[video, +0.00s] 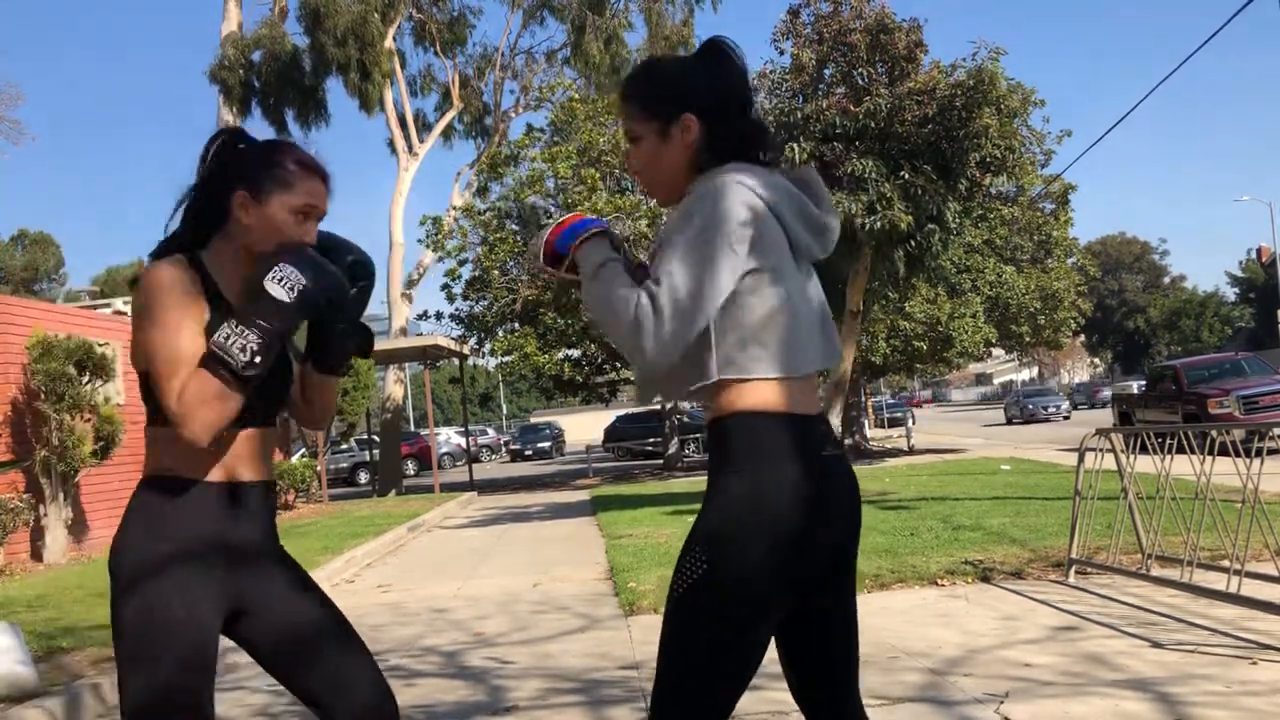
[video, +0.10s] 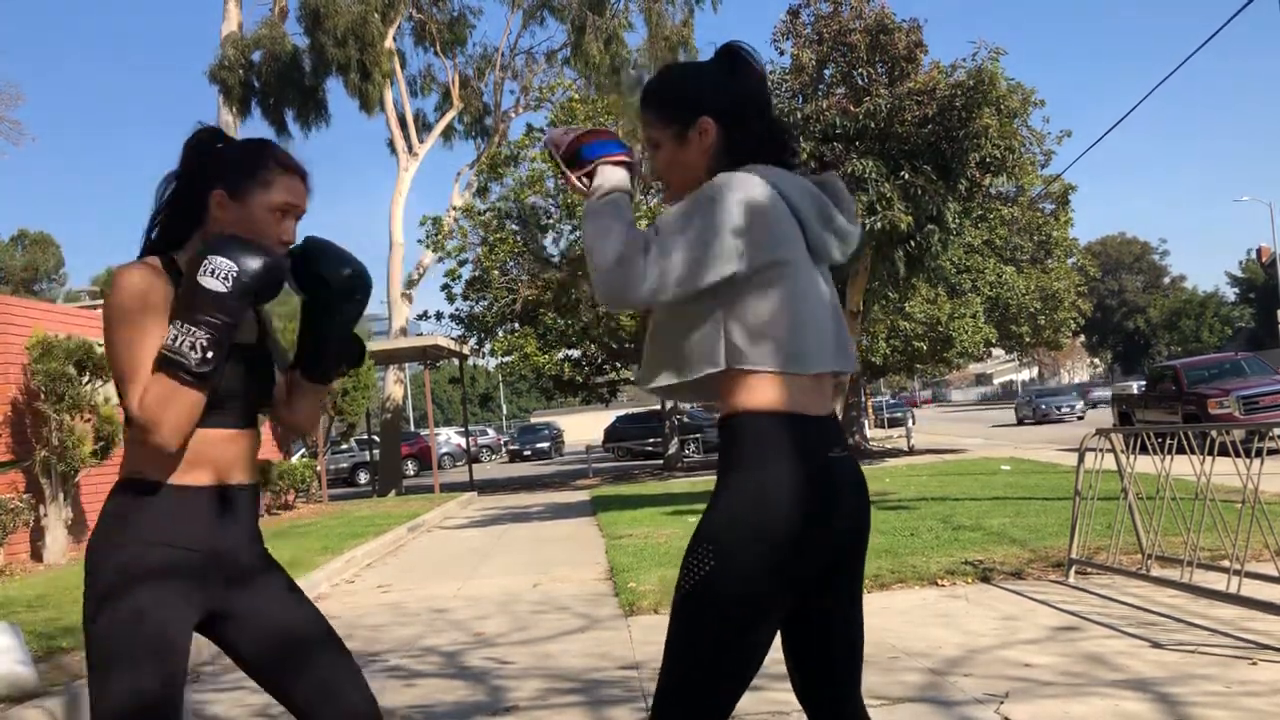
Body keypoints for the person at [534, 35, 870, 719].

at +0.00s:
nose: (627, 162)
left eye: (635, 139)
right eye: (627, 142)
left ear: (686, 131)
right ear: (685, 133)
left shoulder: (721, 198)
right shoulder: (762, 199)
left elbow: (656, 339)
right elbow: (675, 365)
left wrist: (589, 243)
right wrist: (610, 270)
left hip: (758, 478)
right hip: (817, 471)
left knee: (683, 706)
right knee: (834, 703)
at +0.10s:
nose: (649, 165)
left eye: (655, 146)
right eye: (646, 149)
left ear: (705, 135)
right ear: (711, 133)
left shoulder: (735, 199)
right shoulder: (789, 203)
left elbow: (620, 279)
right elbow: (656, 276)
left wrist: (610, 183)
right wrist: (609, 198)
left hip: (764, 480)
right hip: (829, 474)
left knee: (685, 706)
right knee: (836, 702)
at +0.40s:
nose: (638, 172)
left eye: (646, 151)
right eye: (636, 154)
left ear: (692, 137)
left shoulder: (707, 198)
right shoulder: (779, 207)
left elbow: (561, 236)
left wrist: (599, 121)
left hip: (753, 479)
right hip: (828, 473)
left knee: (692, 706)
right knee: (833, 700)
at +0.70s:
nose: (637, 178)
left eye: (642, 159)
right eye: (635, 162)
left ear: (689, 148)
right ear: (695, 148)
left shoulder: (697, 210)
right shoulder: (781, 217)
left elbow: (566, 273)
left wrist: (525, 155)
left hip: (756, 483)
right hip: (836, 480)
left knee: (655, 706)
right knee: (838, 704)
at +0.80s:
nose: (635, 176)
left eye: (640, 156)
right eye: (634, 159)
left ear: (686, 145)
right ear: (691, 144)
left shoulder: (708, 207)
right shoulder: (774, 215)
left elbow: (607, 299)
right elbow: (622, 292)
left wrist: (522, 218)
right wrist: (535, 235)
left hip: (749, 486)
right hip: (818, 483)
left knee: (662, 706)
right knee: (828, 703)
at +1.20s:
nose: (613, 174)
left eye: (619, 155)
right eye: (611, 157)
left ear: (667, 147)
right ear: (675, 144)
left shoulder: (658, 220)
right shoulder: (770, 215)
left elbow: (541, 285)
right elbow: (682, 325)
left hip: (737, 484)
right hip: (822, 479)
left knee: (651, 706)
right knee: (831, 702)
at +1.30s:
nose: (619, 178)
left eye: (625, 160)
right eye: (618, 162)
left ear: (675, 155)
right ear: (678, 152)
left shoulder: (663, 225)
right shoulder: (779, 220)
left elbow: (550, 301)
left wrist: (456, 303)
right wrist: (476, 313)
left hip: (740, 490)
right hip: (824, 485)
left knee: (632, 706)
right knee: (829, 703)